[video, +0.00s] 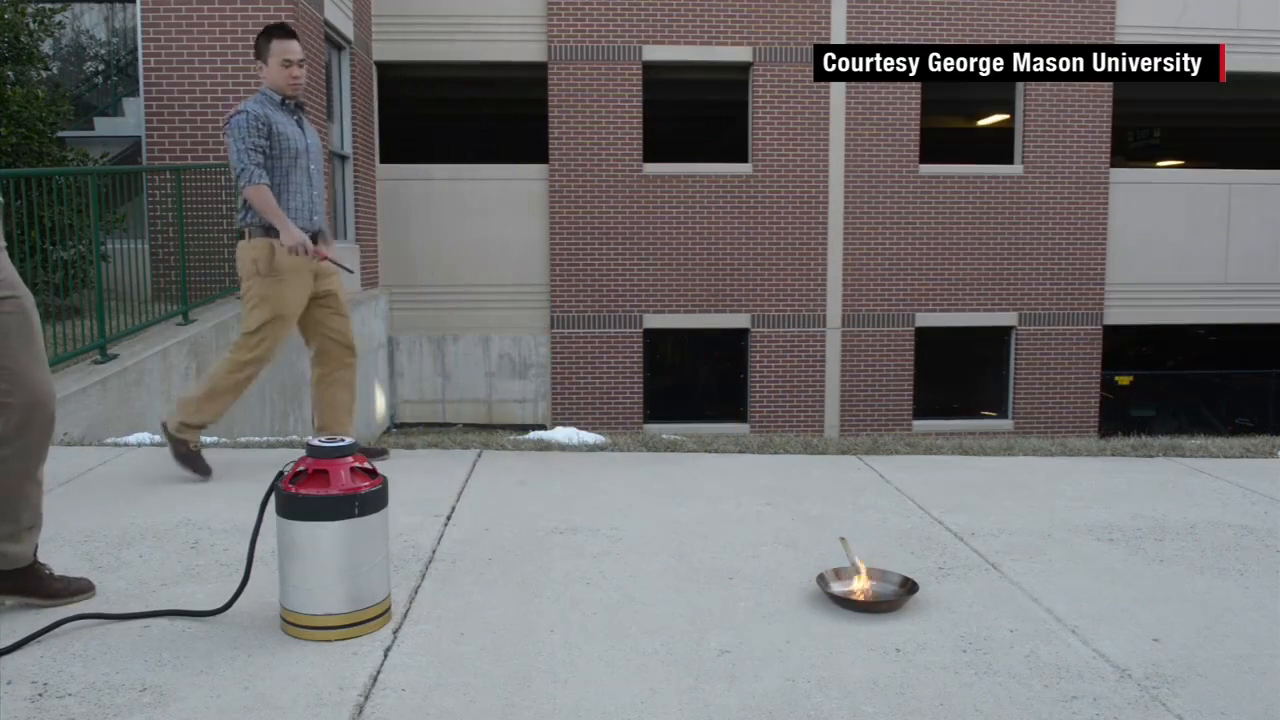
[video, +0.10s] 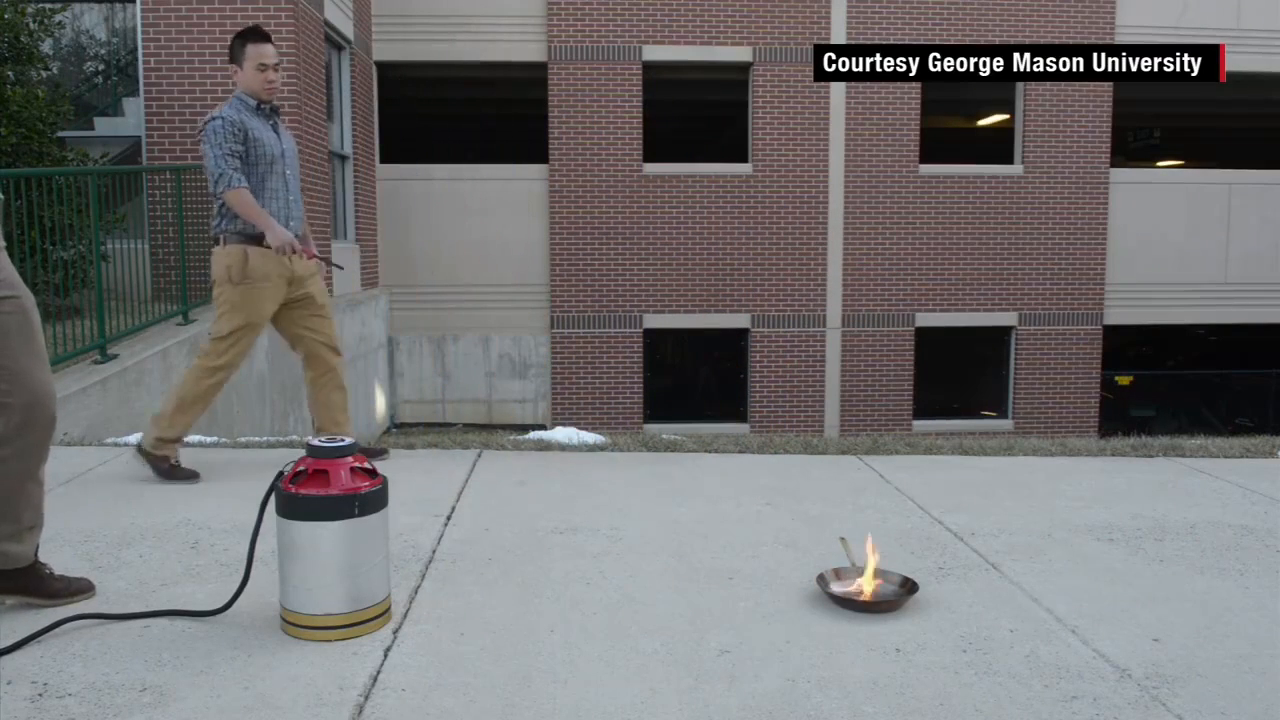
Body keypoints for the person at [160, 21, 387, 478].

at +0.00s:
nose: (297, 71)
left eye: (301, 63)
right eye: (287, 63)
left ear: (305, 67)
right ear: (262, 68)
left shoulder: (303, 124)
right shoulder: (249, 116)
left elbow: (309, 191)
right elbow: (251, 182)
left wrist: (323, 238)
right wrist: (284, 225)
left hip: (309, 251)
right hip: (270, 250)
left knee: (337, 348)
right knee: (257, 348)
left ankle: (336, 444)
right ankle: (183, 427)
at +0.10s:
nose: (273, 75)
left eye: (276, 66)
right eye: (262, 67)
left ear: (279, 70)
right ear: (236, 72)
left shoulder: (280, 128)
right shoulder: (224, 122)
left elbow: (291, 197)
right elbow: (231, 189)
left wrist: (309, 248)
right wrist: (270, 226)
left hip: (294, 259)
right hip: (247, 258)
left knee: (324, 354)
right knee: (221, 358)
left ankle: (338, 446)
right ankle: (159, 443)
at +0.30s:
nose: (209, 67)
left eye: (213, 58)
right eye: (198, 59)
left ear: (217, 63)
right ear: (171, 63)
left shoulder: (219, 123)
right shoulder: (155, 116)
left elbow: (235, 188)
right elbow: (162, 185)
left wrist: (256, 241)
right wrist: (200, 230)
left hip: (224, 253)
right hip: (177, 252)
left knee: (257, 349)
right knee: (165, 359)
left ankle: (295, 440)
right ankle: (146, 456)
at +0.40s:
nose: (171, 56)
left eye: (175, 48)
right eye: (159, 48)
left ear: (179, 52)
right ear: (133, 54)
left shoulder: (183, 113)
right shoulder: (121, 108)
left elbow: (201, 179)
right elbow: (125, 179)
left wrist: (224, 228)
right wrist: (140, 240)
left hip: (197, 248)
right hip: (152, 249)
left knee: (221, 347)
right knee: (146, 358)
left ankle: (200, 437)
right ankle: (144, 455)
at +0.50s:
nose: (148, 55)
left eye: (152, 46)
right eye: (136, 47)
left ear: (156, 51)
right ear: (109, 54)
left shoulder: (162, 112)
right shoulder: (99, 109)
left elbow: (180, 173)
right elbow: (97, 183)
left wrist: (205, 216)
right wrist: (104, 246)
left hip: (178, 248)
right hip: (138, 248)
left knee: (184, 345)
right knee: (138, 356)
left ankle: (134, 431)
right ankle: (141, 454)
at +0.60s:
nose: (124, 54)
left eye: (127, 46)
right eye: (111, 47)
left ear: (132, 51)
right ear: (85, 55)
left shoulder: (143, 110)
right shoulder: (77, 110)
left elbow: (165, 170)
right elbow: (70, 183)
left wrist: (191, 211)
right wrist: (73, 247)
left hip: (157, 244)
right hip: (119, 245)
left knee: (140, 351)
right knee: (130, 356)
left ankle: (75, 425)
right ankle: (143, 455)